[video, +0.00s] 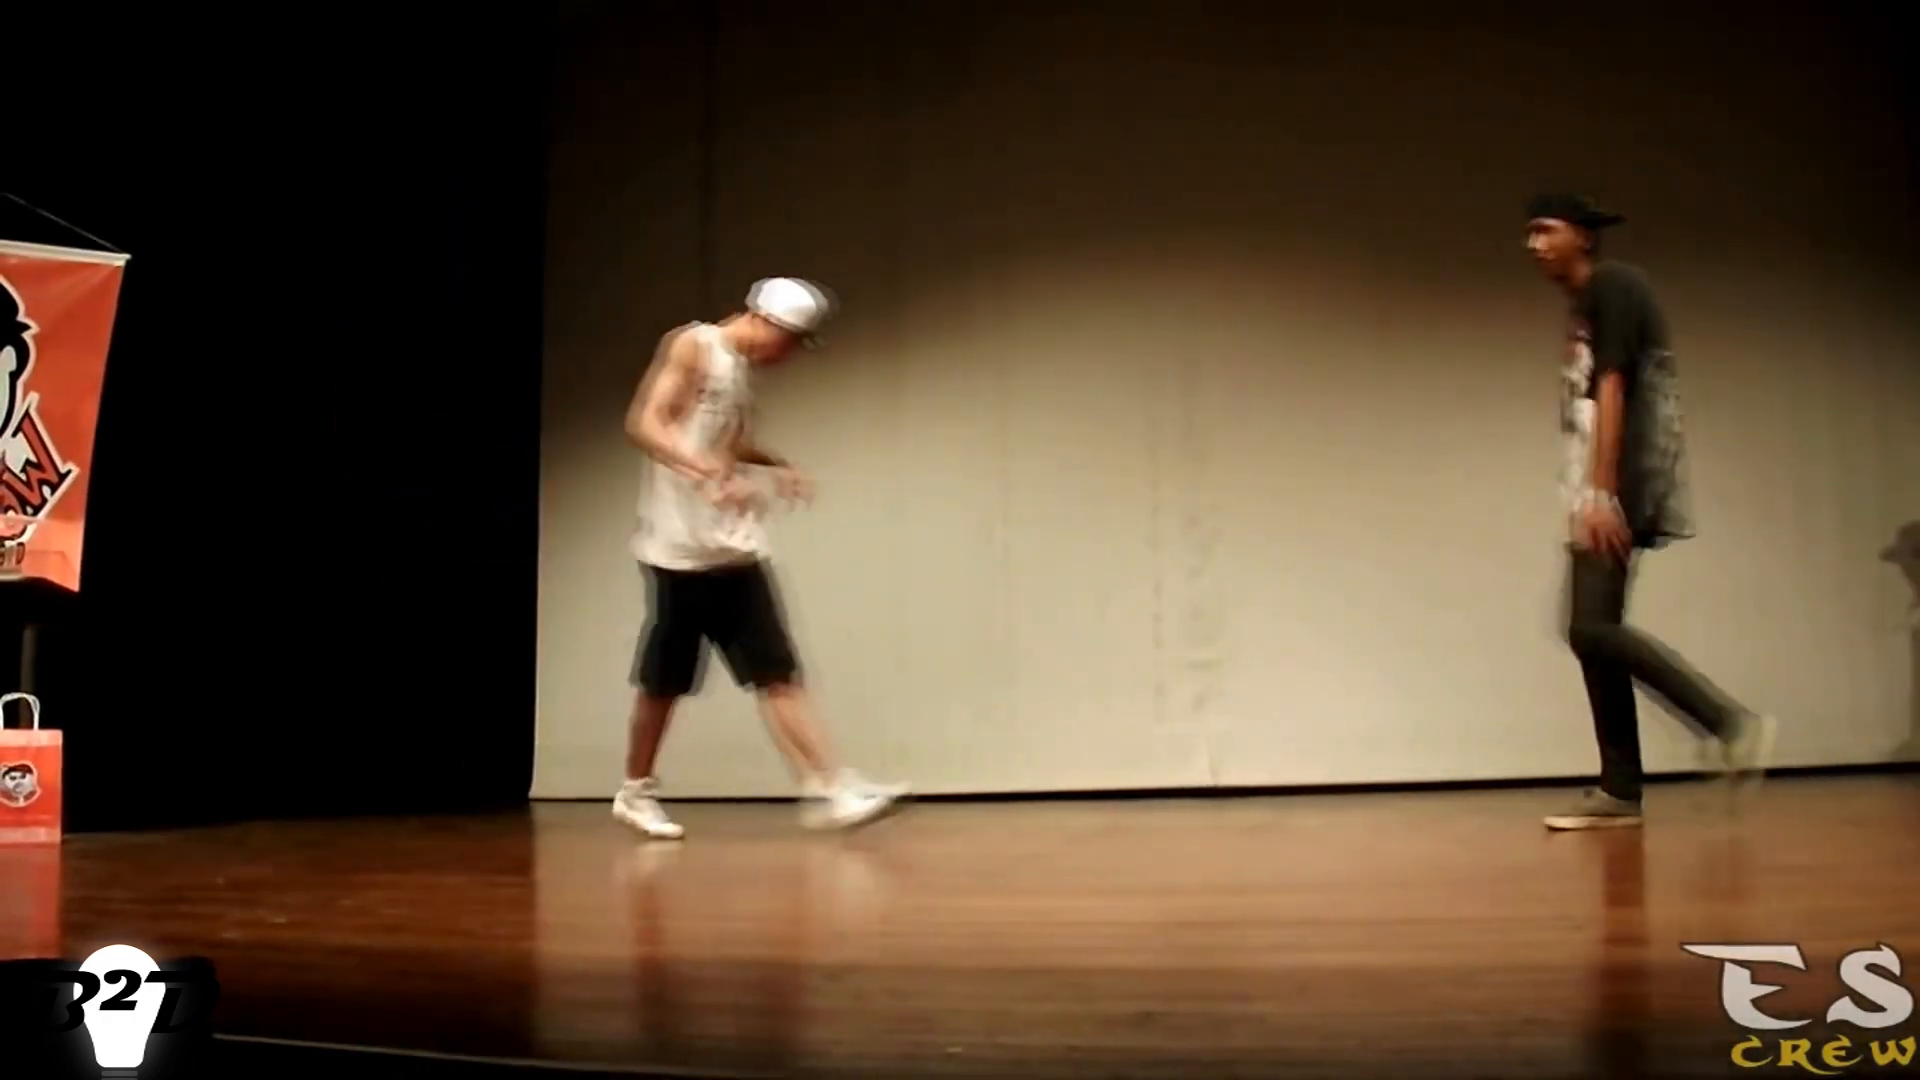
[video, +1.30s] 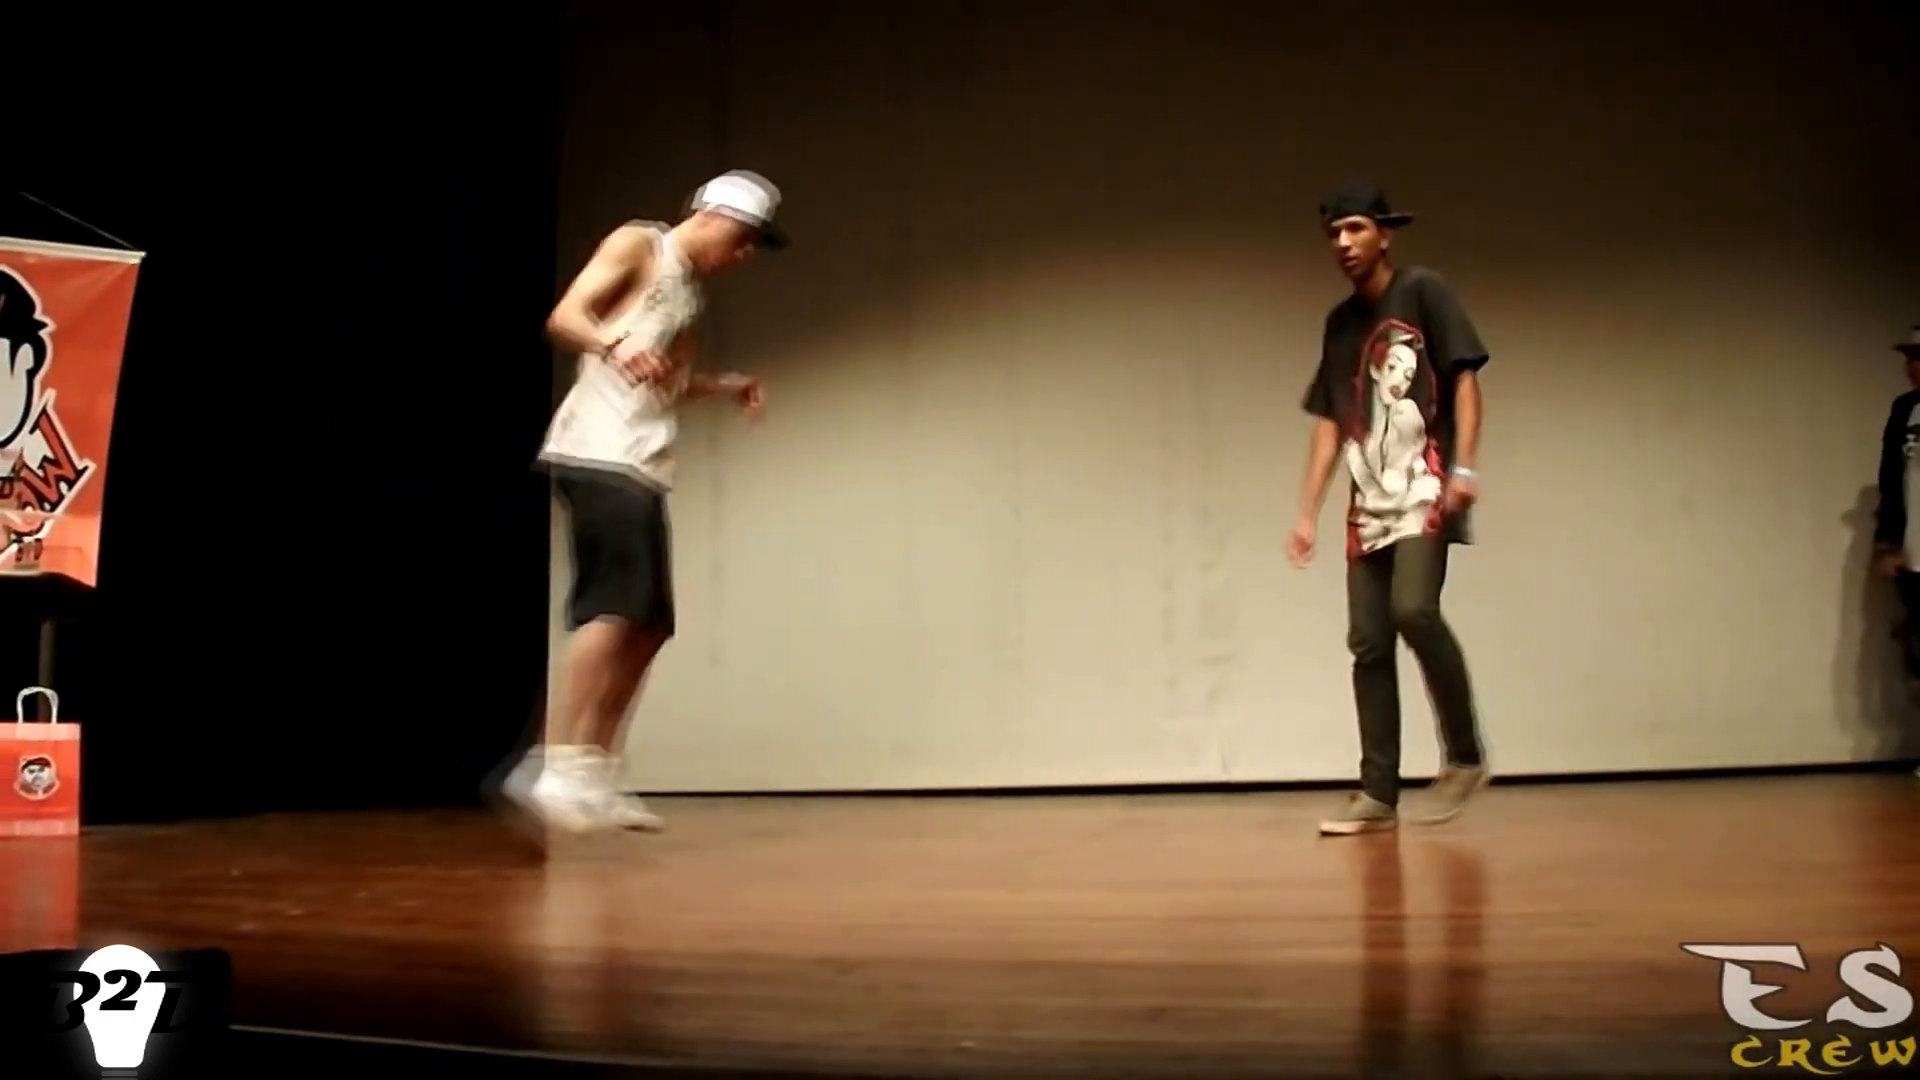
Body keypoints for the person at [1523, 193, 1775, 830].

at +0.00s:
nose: (1534, 243)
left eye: (1546, 231)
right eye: (1532, 233)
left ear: (1582, 236)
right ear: (1558, 244)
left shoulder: (1613, 289)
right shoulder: (1592, 300)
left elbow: (1611, 395)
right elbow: (1602, 404)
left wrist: (1602, 492)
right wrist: (1593, 496)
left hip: (1616, 497)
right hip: (1600, 499)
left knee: (1594, 630)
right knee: (1595, 634)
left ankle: (1733, 725)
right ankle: (1620, 790)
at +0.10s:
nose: (1511, 246)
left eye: (1521, 232)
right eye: (1508, 236)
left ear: (1558, 233)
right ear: (1534, 242)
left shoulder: (1592, 287)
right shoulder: (1563, 303)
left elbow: (1598, 384)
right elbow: (1577, 399)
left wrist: (1563, 481)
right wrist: (1562, 486)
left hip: (1600, 497)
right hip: (1593, 498)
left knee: (1543, 612)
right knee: (1594, 630)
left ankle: (1654, 736)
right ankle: (1621, 782)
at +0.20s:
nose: (1486, 251)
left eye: (1496, 237)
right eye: (1484, 241)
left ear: (1533, 237)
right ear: (1516, 245)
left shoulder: (1573, 292)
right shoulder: (1549, 309)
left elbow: (1586, 381)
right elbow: (1561, 413)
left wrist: (1523, 469)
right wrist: (1535, 499)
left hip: (1580, 503)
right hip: (1575, 505)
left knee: (1523, 622)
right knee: (1593, 638)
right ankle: (1623, 787)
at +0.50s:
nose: (1421, 263)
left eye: (1430, 248)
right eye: (1417, 252)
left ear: (1466, 247)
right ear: (1438, 256)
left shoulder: (1503, 302)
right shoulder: (1479, 311)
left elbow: (1503, 410)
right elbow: (1483, 423)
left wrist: (1486, 508)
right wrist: (1455, 510)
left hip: (1518, 504)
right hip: (1509, 506)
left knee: (1483, 641)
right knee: (1505, 638)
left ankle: (1469, 799)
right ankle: (1603, 771)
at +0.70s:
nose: (1390, 257)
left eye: (1400, 244)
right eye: (1386, 247)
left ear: (1435, 244)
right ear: (1396, 254)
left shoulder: (1475, 298)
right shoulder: (1441, 311)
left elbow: (1485, 409)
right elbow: (1446, 429)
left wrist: (1467, 512)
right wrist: (1428, 518)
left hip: (1483, 511)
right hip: (1452, 513)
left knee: (1477, 646)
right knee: (1420, 632)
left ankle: (1471, 797)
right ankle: (1514, 747)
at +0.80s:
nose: (1381, 253)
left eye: (1390, 239)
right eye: (1375, 243)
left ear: (1426, 240)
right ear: (1380, 252)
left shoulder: (1465, 295)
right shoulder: (1419, 315)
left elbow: (1480, 403)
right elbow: (1424, 425)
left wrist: (1455, 505)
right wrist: (1406, 513)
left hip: (1473, 510)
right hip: (1435, 513)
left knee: (1469, 644)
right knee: (1413, 635)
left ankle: (1472, 796)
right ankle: (1469, 768)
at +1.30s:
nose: (1344, 243)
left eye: (1355, 229)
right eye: (1336, 234)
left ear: (1384, 232)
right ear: (1331, 244)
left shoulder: (1423, 292)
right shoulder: (1342, 320)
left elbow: (1466, 382)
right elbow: (1328, 423)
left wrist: (1464, 469)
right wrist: (1307, 513)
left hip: (1422, 493)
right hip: (1366, 501)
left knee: (1414, 614)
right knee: (1368, 643)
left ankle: (1465, 761)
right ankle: (1378, 795)